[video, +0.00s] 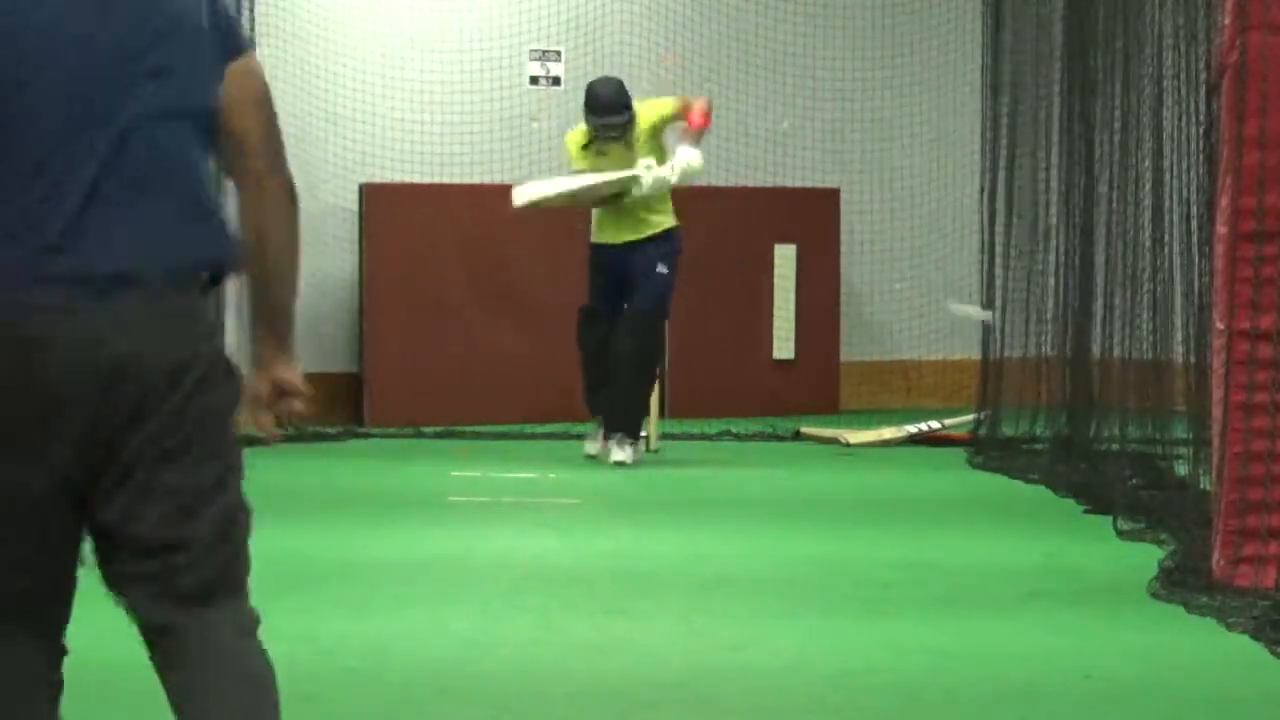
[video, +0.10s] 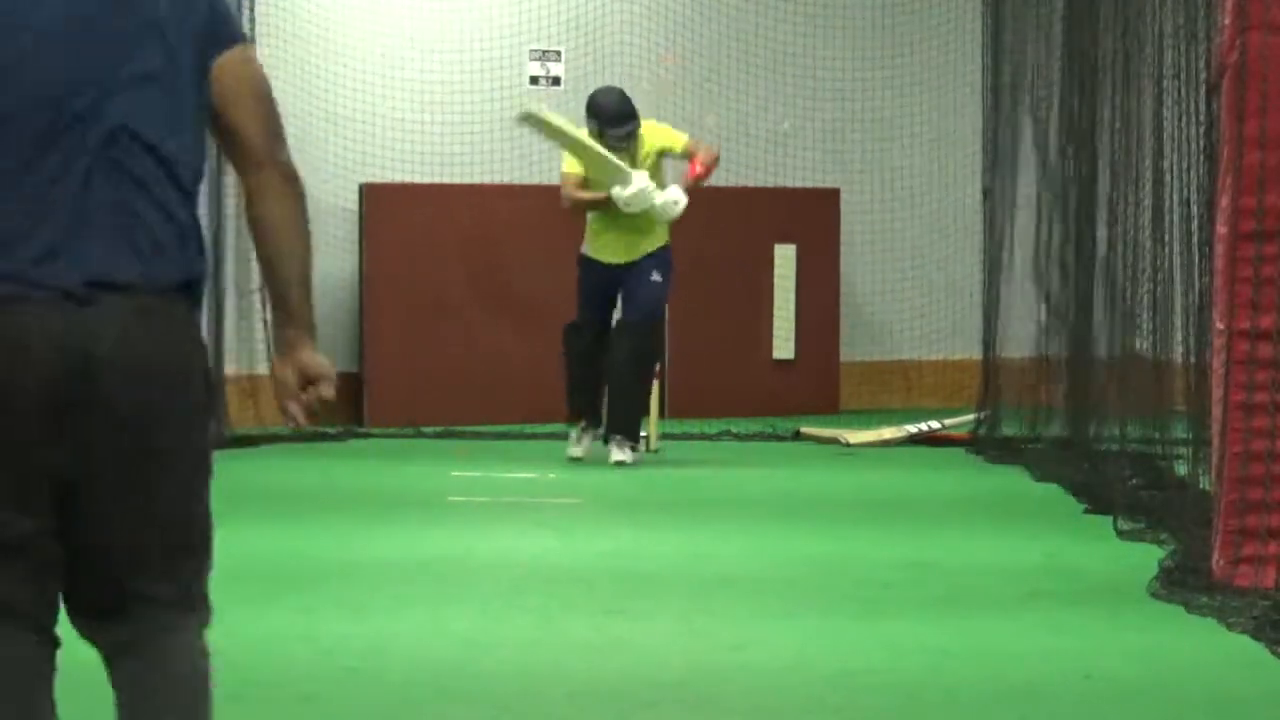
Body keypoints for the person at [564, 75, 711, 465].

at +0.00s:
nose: (611, 138)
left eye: (618, 130)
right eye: (603, 131)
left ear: (630, 116)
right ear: (589, 121)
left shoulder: (648, 117)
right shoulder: (577, 142)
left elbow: (697, 105)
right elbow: (583, 194)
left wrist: (690, 141)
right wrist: (631, 183)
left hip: (654, 237)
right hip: (607, 241)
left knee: (638, 332)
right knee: (598, 329)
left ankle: (626, 433)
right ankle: (604, 421)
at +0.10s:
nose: (622, 145)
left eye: (628, 137)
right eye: (614, 139)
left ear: (636, 125)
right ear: (594, 131)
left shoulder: (652, 135)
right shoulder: (581, 146)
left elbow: (707, 153)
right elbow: (569, 196)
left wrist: (683, 187)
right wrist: (613, 198)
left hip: (648, 251)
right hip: (599, 253)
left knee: (640, 338)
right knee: (589, 337)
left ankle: (623, 435)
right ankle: (585, 423)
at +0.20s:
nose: (629, 150)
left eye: (633, 143)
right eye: (620, 146)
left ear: (640, 132)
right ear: (601, 138)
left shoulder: (650, 147)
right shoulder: (579, 147)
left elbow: (696, 183)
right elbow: (560, 195)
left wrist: (672, 205)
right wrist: (605, 196)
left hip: (643, 259)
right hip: (593, 260)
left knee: (636, 340)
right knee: (586, 343)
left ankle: (622, 437)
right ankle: (579, 428)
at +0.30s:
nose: (633, 151)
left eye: (637, 144)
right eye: (626, 146)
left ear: (642, 135)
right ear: (604, 139)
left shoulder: (651, 150)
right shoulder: (579, 147)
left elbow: (694, 190)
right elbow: (560, 195)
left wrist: (671, 209)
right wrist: (607, 195)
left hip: (640, 260)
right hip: (590, 263)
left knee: (633, 339)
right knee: (581, 347)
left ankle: (623, 438)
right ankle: (577, 427)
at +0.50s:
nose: (629, 141)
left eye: (633, 134)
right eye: (621, 136)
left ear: (639, 127)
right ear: (601, 129)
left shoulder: (649, 145)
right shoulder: (576, 145)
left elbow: (693, 185)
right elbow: (559, 194)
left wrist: (671, 204)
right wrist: (606, 194)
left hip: (638, 257)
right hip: (586, 257)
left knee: (630, 337)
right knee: (569, 336)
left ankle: (623, 439)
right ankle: (559, 424)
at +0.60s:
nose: (622, 136)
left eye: (628, 129)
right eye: (614, 130)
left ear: (638, 122)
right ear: (594, 121)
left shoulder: (647, 140)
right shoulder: (573, 142)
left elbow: (687, 182)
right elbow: (558, 195)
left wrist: (671, 204)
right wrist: (606, 198)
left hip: (632, 255)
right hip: (581, 253)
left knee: (627, 339)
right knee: (566, 333)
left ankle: (622, 437)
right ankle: (555, 433)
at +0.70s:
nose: (623, 133)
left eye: (628, 125)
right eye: (616, 126)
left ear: (634, 120)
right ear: (592, 118)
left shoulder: (642, 141)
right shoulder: (567, 145)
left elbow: (678, 185)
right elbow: (555, 201)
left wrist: (667, 210)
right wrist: (603, 206)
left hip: (628, 259)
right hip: (577, 257)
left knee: (626, 346)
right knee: (570, 344)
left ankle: (621, 437)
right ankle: (551, 443)